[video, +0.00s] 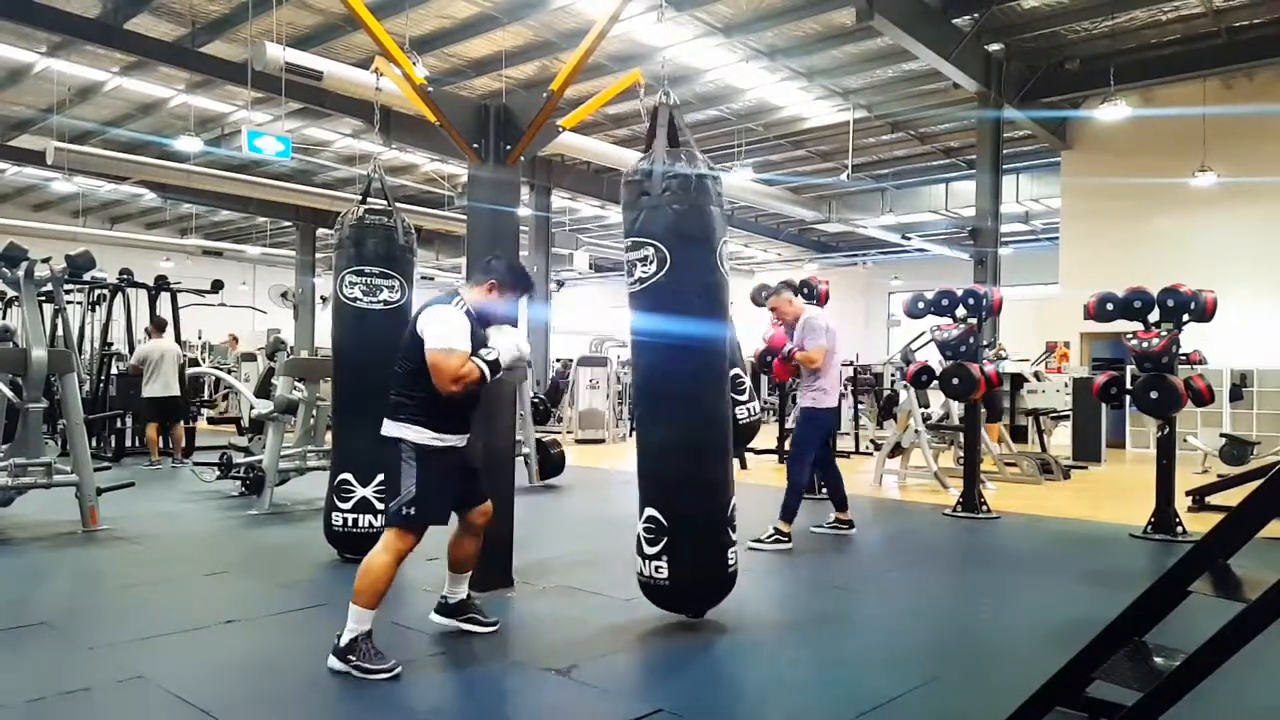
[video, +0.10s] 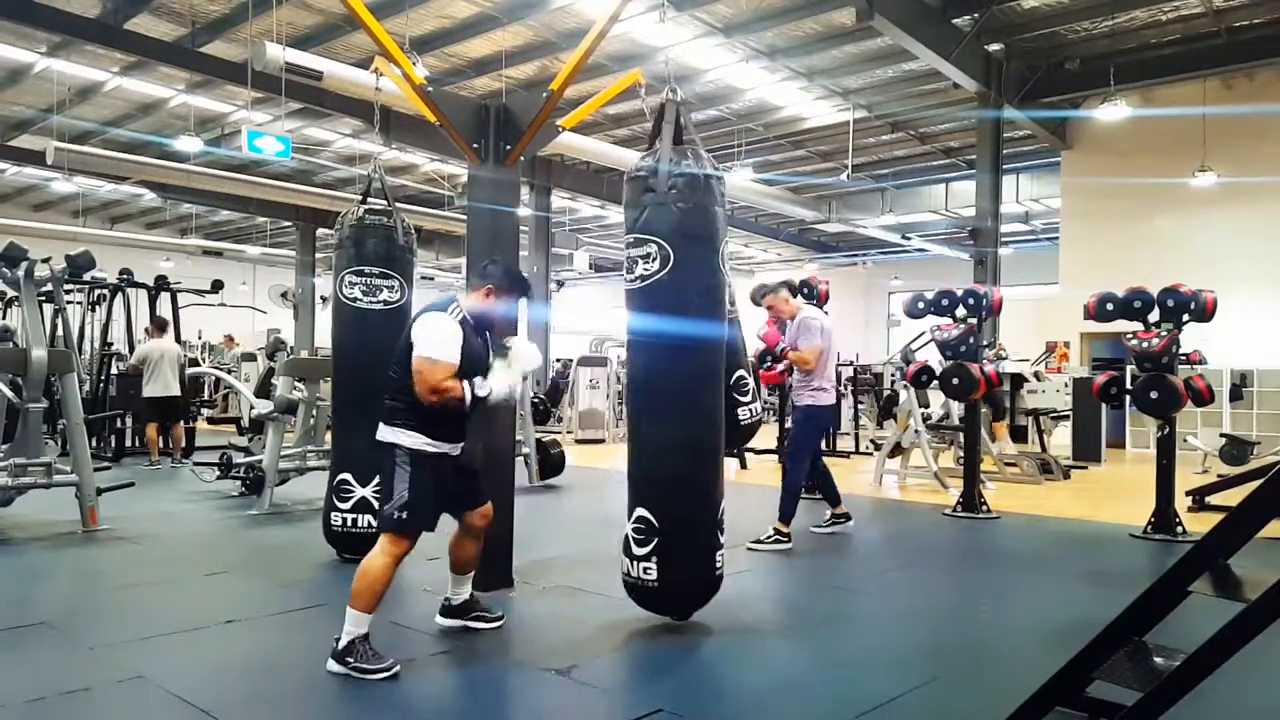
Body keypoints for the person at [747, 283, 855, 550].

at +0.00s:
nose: (777, 318)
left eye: (777, 311)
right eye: (773, 312)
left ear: (793, 301)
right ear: (790, 304)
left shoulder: (813, 321)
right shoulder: (802, 325)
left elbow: (814, 360)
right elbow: (805, 364)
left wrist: (787, 349)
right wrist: (787, 367)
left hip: (816, 406)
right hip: (819, 405)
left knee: (797, 463)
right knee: (825, 462)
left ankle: (783, 529)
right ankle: (843, 517)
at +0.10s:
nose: (772, 314)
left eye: (772, 307)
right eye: (769, 310)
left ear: (786, 298)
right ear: (782, 302)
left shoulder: (810, 319)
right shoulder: (797, 322)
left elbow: (809, 361)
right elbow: (798, 358)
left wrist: (783, 350)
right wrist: (781, 361)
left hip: (814, 404)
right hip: (808, 403)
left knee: (795, 462)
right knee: (811, 458)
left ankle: (782, 529)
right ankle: (839, 510)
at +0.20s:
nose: (776, 315)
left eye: (778, 308)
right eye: (773, 311)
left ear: (792, 298)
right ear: (774, 309)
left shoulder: (818, 321)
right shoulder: (786, 326)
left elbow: (814, 362)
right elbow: (759, 358)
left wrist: (783, 346)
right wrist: (769, 339)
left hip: (813, 402)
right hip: (795, 402)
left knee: (796, 460)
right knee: (806, 458)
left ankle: (782, 529)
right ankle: (835, 508)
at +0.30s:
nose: (774, 320)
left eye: (777, 314)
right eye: (771, 315)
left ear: (791, 304)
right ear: (770, 311)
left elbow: (829, 368)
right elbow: (747, 346)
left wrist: (797, 358)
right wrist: (759, 354)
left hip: (811, 404)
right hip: (788, 403)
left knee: (795, 461)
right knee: (803, 459)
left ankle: (782, 529)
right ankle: (832, 506)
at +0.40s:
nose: (765, 319)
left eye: (767, 313)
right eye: (761, 314)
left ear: (780, 304)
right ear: (759, 312)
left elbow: (833, 364)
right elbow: (748, 350)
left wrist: (810, 372)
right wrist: (733, 355)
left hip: (806, 405)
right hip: (785, 405)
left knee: (785, 461)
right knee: (806, 461)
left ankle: (781, 528)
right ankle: (835, 507)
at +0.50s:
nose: (751, 318)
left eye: (754, 312)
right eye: (749, 313)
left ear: (770, 306)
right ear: (759, 310)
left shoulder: (798, 325)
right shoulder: (765, 330)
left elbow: (828, 353)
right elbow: (765, 362)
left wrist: (813, 367)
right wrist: (758, 371)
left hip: (800, 405)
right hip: (790, 404)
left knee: (769, 459)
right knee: (808, 459)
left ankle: (780, 529)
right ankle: (838, 508)